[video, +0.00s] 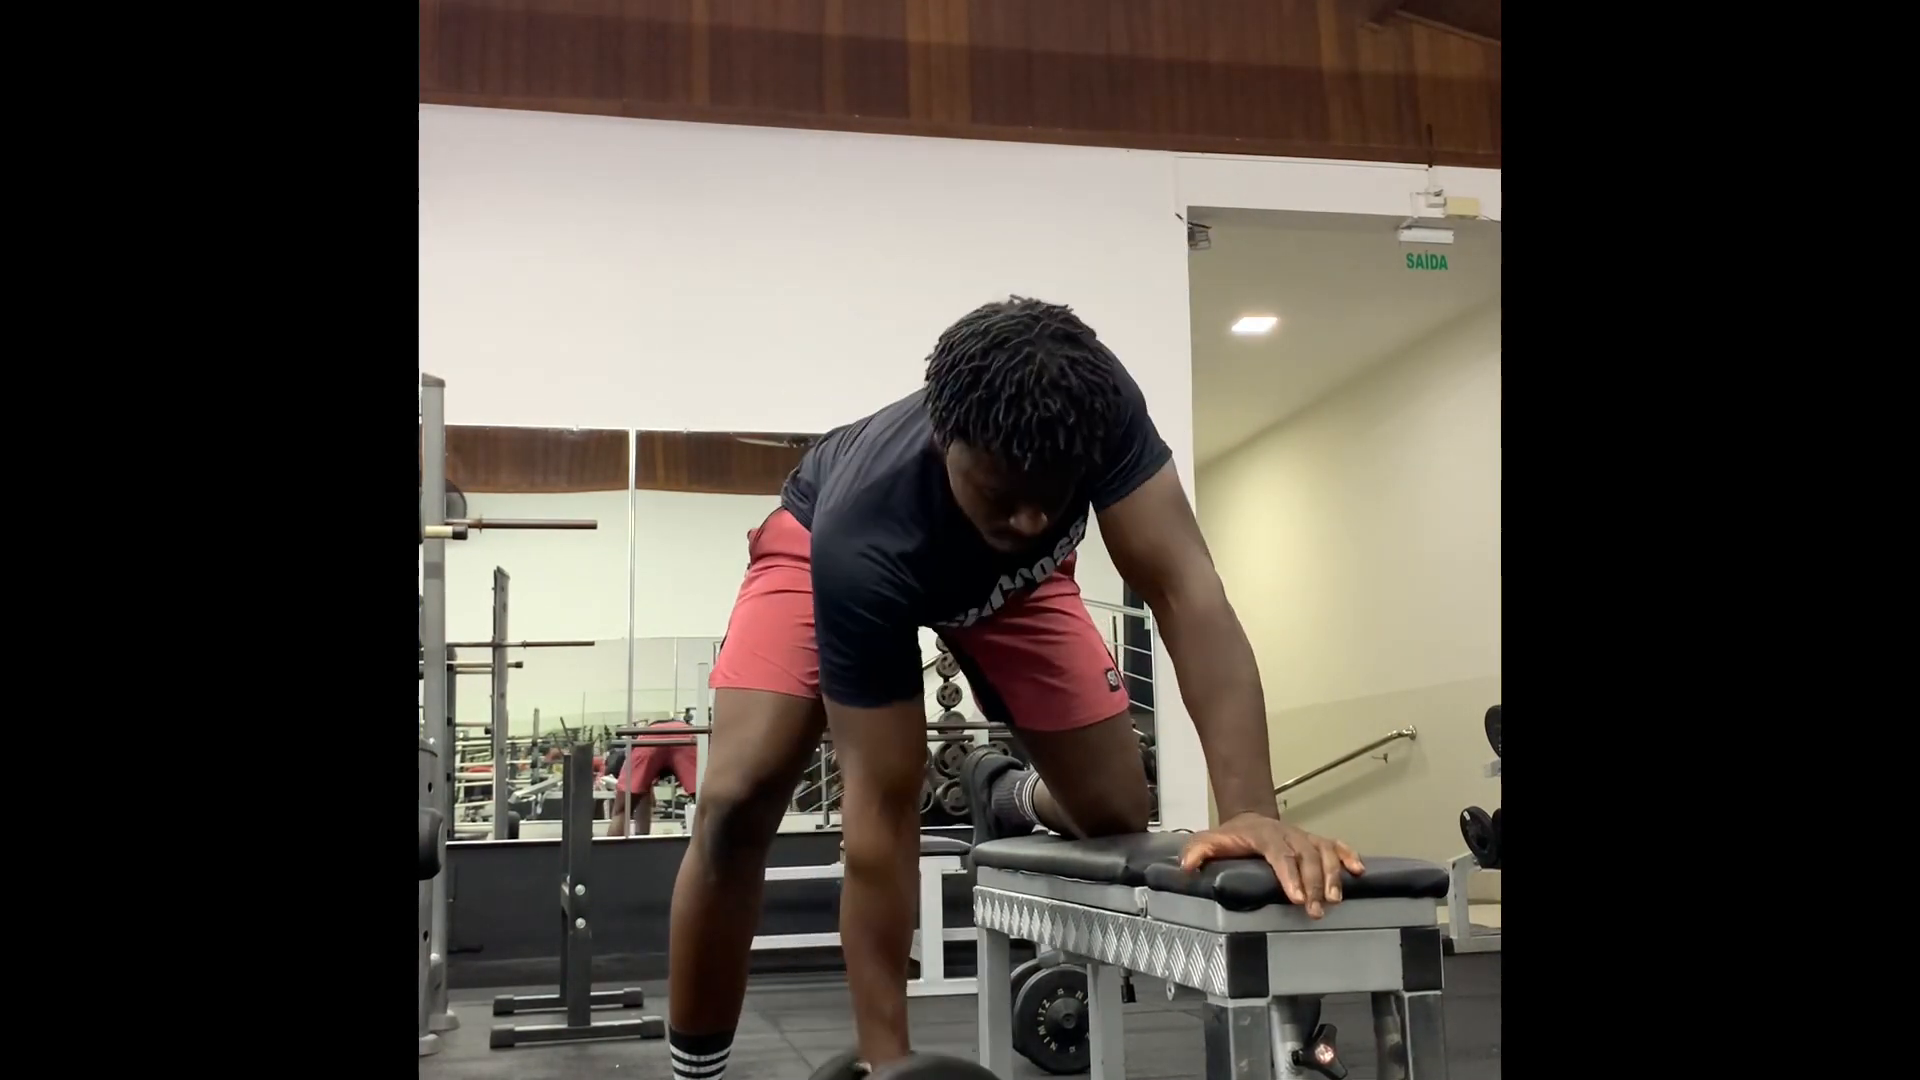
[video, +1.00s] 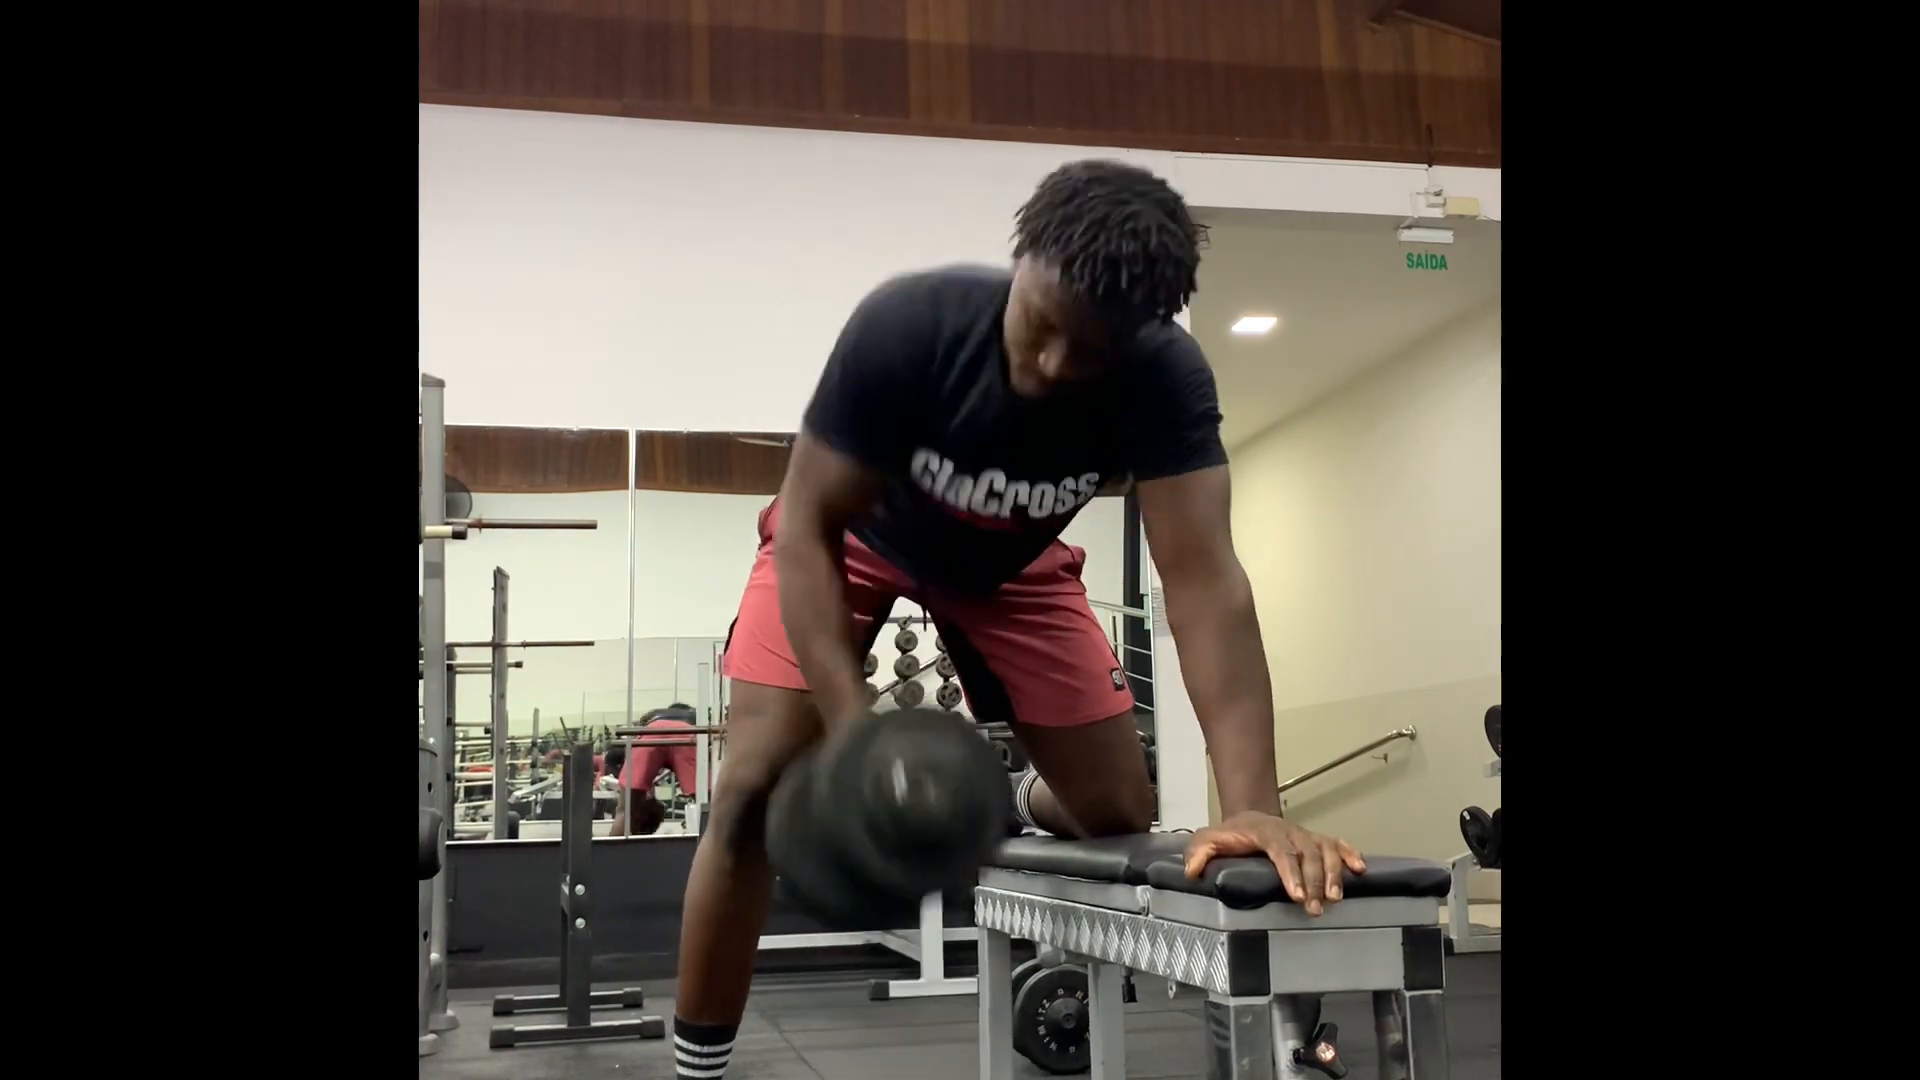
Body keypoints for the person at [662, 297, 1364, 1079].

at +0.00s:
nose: (1030, 524)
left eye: (1055, 499)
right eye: (1001, 499)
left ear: (1088, 451)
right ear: (947, 449)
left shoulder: (1098, 410)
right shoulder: (869, 540)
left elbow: (1187, 592)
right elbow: (882, 813)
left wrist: (1250, 808)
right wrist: (883, 1058)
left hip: (1017, 562)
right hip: (836, 541)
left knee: (1121, 816)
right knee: (734, 803)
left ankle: (1000, 797)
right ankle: (695, 1069)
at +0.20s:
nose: (1064, 322)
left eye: (1098, 302)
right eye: (1045, 286)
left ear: (1141, 282)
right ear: (1017, 231)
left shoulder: (1160, 376)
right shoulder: (903, 287)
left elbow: (1202, 579)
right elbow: (785, 451)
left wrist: (1252, 806)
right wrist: (832, 627)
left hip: (1008, 573)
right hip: (843, 545)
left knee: (1120, 818)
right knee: (742, 798)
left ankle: (996, 797)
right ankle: (693, 1073)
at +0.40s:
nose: (1108, 338)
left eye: (1142, 312)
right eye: (1086, 300)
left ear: (1179, 286)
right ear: (1045, 239)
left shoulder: (1177, 383)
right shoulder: (945, 255)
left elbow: (1212, 583)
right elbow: (803, 315)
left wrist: (1253, 807)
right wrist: (826, 448)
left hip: (1010, 560)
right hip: (859, 520)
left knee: (1118, 813)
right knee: (749, 800)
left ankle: (988, 802)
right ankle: (695, 1074)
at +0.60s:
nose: (1077, 420)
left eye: (1103, 394)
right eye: (1052, 392)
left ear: (1135, 353)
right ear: (997, 336)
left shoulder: (1146, 391)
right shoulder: (891, 401)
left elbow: (1198, 586)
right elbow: (828, 631)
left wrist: (1251, 806)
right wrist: (869, 862)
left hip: (1016, 567)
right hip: (844, 544)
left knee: (1123, 819)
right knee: (742, 797)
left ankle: (1003, 797)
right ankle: (695, 1070)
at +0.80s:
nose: (1055, 547)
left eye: (1076, 518)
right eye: (1024, 520)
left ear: (1103, 470)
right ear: (967, 465)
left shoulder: (1105, 431)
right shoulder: (877, 562)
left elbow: (1195, 599)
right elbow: (891, 834)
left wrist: (1251, 806)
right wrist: (916, 1063)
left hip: (994, 554)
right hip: (822, 538)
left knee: (1120, 815)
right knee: (726, 803)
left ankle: (989, 794)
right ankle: (692, 1069)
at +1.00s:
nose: (1055, 363)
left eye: (1089, 346)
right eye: (1041, 327)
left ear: (1141, 328)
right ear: (1018, 267)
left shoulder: (1163, 376)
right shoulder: (904, 327)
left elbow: (1204, 577)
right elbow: (804, 522)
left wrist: (1251, 806)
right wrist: (854, 742)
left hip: (1017, 567)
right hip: (852, 537)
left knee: (1118, 812)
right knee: (748, 788)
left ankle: (1006, 806)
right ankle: (697, 1072)